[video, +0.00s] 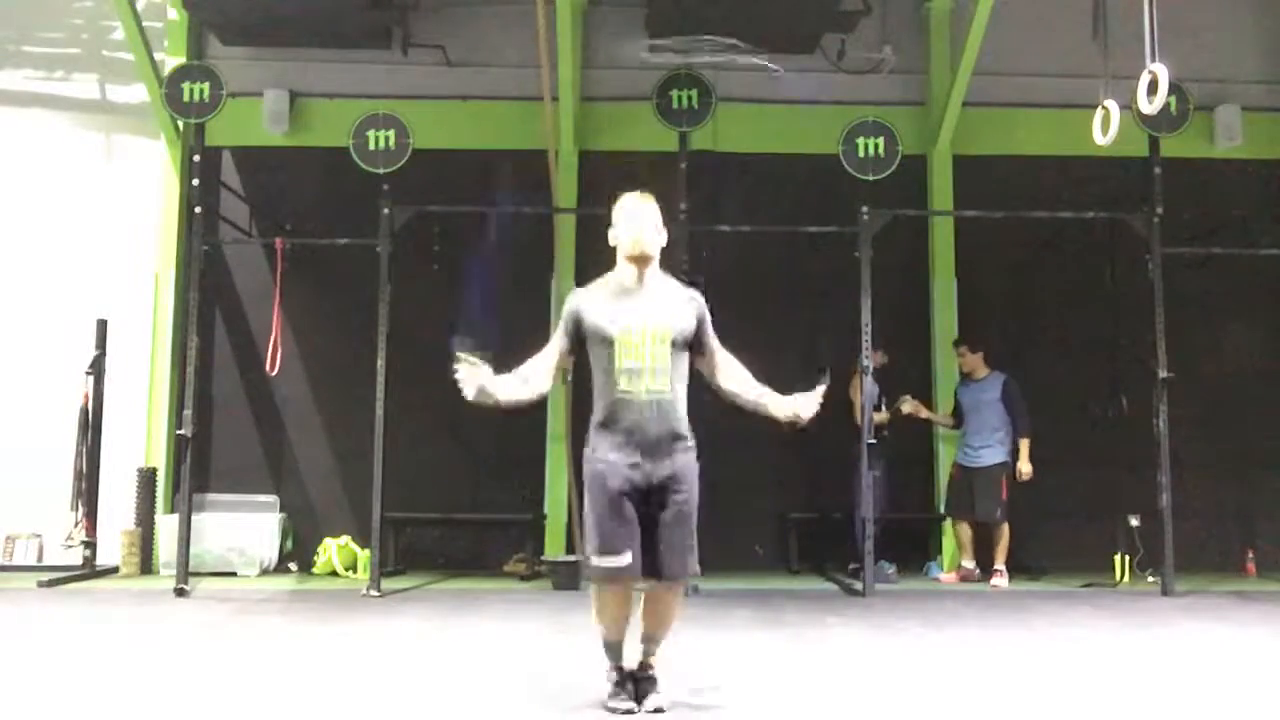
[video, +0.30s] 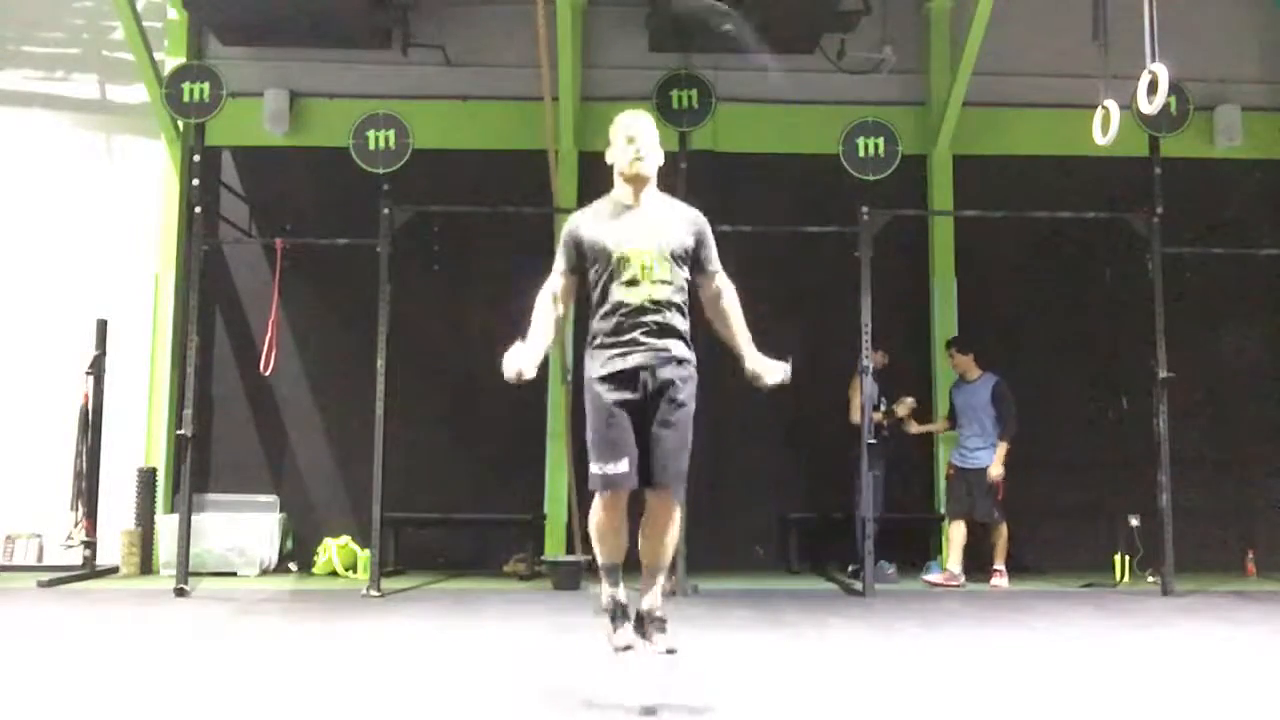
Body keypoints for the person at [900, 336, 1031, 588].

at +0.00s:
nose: (959, 361)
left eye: (963, 356)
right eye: (958, 356)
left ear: (979, 355)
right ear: (963, 357)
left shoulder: (1003, 384)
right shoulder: (962, 388)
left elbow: (1021, 421)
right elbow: (956, 423)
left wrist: (1024, 457)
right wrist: (924, 413)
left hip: (994, 460)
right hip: (965, 461)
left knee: (996, 517)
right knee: (959, 514)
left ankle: (999, 569)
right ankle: (968, 566)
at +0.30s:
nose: (951, 363)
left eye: (954, 357)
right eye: (950, 358)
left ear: (969, 356)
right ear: (958, 359)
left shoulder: (994, 385)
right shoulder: (956, 389)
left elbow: (1009, 424)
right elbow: (952, 422)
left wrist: (998, 461)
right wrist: (920, 428)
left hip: (987, 462)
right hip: (960, 462)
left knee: (994, 517)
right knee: (956, 515)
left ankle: (999, 569)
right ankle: (954, 570)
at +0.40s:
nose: (945, 364)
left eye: (948, 358)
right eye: (944, 358)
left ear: (963, 357)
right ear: (953, 359)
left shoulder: (990, 384)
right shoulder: (950, 389)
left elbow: (999, 425)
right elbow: (945, 423)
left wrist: (983, 459)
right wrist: (915, 440)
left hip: (985, 462)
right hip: (956, 463)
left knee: (992, 517)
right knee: (953, 518)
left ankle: (998, 568)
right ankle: (954, 573)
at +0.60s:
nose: (928, 361)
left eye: (931, 355)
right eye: (928, 355)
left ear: (946, 355)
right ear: (940, 356)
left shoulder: (974, 381)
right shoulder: (934, 387)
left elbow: (987, 418)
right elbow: (931, 424)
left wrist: (965, 446)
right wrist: (915, 455)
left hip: (970, 459)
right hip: (939, 461)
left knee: (978, 515)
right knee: (945, 517)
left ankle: (996, 564)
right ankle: (952, 573)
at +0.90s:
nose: (905, 361)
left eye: (909, 355)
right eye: (904, 356)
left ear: (924, 353)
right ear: (911, 358)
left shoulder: (951, 380)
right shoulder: (910, 387)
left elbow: (967, 418)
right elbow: (907, 423)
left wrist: (955, 450)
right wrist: (895, 451)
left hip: (943, 458)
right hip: (920, 459)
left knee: (936, 513)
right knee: (928, 515)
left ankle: (960, 562)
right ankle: (947, 571)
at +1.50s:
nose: (859, 363)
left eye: (862, 357)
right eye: (856, 359)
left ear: (872, 353)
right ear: (857, 360)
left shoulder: (892, 385)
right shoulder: (866, 383)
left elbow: (893, 427)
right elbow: (863, 425)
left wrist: (882, 462)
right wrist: (850, 453)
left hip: (889, 451)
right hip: (870, 450)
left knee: (887, 513)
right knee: (867, 509)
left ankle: (888, 573)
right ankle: (907, 549)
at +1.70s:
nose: (831, 358)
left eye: (835, 351)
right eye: (831, 353)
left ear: (850, 351)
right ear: (843, 355)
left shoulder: (861, 382)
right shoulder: (852, 383)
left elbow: (850, 423)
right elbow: (850, 427)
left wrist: (822, 444)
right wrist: (835, 455)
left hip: (868, 458)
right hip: (850, 459)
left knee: (875, 515)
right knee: (832, 510)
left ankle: (888, 573)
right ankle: (833, 570)